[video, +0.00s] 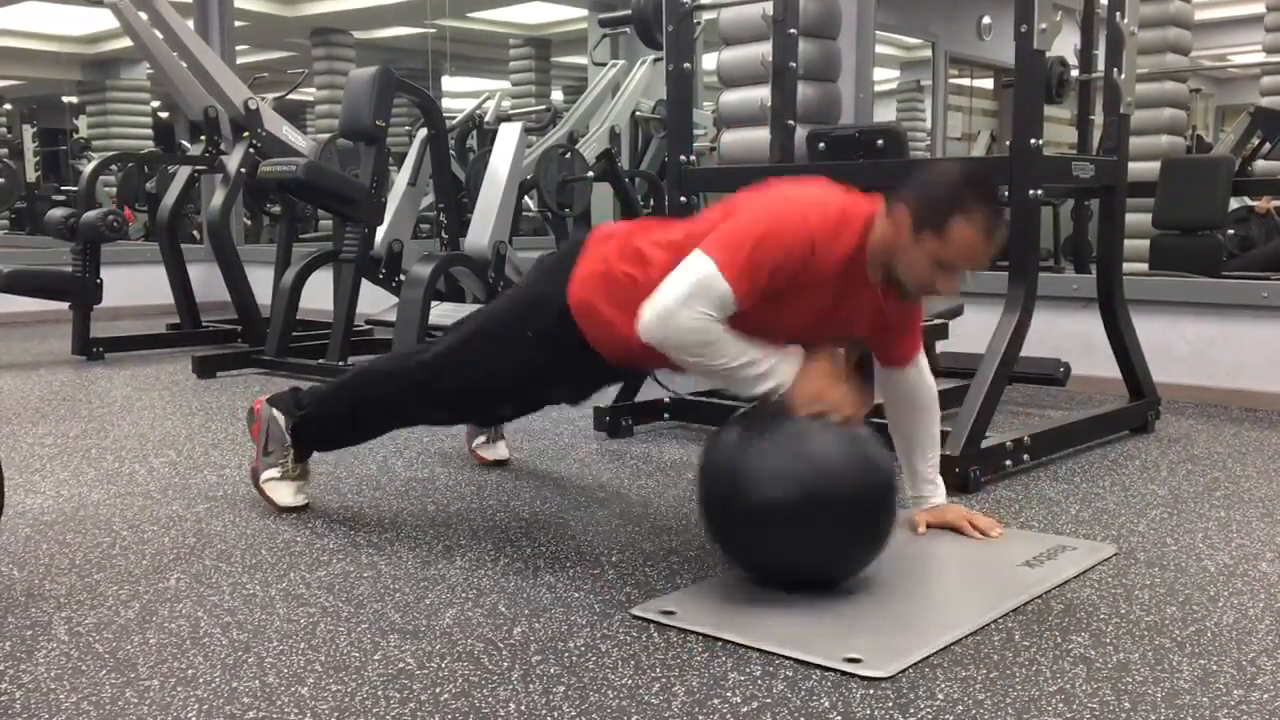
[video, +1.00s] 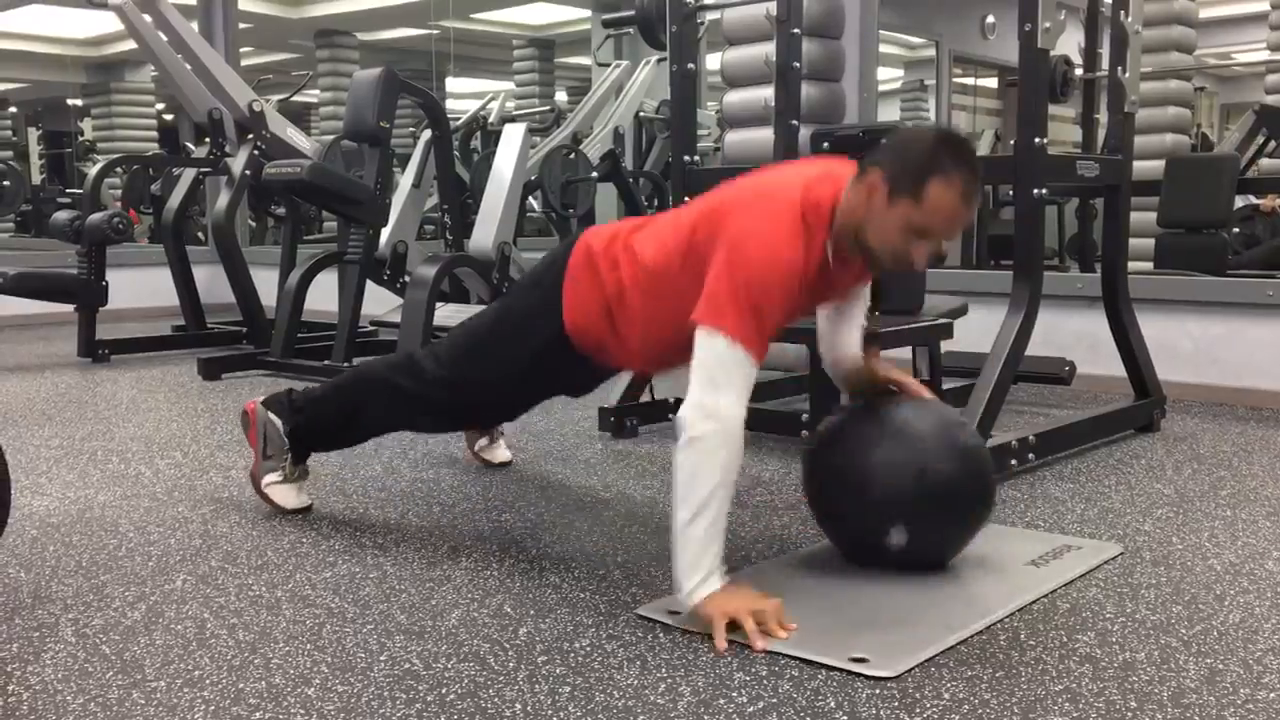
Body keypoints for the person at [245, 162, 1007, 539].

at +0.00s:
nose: (949, 287)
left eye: (963, 275)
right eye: (946, 265)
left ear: (947, 254)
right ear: (900, 220)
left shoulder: (894, 288)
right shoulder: (798, 222)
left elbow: (910, 384)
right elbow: (666, 323)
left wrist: (928, 493)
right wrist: (787, 374)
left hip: (634, 339)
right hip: (588, 292)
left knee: (524, 387)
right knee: (446, 375)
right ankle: (289, 420)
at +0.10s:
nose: (924, 239)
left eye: (939, 227)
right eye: (922, 216)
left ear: (929, 208)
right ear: (877, 170)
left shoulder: (884, 231)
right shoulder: (778, 189)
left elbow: (911, 343)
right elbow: (672, 315)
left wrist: (943, 438)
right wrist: (792, 343)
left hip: (630, 318)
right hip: (576, 283)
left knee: (531, 380)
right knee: (435, 377)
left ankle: (483, 415)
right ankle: (283, 422)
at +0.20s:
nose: (915, 259)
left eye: (930, 249)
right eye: (911, 238)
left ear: (906, 201)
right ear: (870, 190)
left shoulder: (872, 196)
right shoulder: (771, 216)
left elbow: (894, 266)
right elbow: (654, 334)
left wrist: (913, 347)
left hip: (620, 322)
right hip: (564, 311)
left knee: (517, 382)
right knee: (435, 390)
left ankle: (470, 415)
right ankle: (285, 424)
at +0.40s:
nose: (939, 477)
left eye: (956, 467)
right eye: (937, 461)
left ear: (929, 386)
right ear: (898, 411)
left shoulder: (890, 333)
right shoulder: (794, 398)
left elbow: (878, 288)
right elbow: (647, 453)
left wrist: (866, 374)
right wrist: (685, 601)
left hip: (635, 343)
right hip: (584, 394)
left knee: (485, 392)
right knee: (437, 433)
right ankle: (286, 425)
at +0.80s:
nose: (943, 428)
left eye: (960, 414)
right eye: (939, 408)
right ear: (890, 367)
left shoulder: (879, 322)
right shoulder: (788, 372)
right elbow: (645, 462)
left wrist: (893, 433)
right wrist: (687, 600)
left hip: (640, 348)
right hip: (589, 386)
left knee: (473, 407)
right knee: (436, 436)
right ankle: (281, 426)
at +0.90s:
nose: (931, 343)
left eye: (945, 330)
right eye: (928, 323)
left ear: (905, 277)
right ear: (880, 279)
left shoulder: (868, 270)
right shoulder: (775, 309)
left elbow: (874, 356)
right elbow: (656, 446)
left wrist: (887, 452)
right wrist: (687, 598)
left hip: (623, 327)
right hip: (574, 335)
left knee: (492, 389)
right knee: (431, 408)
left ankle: (467, 426)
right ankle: (277, 423)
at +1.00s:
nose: (927, 258)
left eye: (941, 244)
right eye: (924, 237)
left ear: (909, 205)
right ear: (874, 189)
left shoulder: (864, 219)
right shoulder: (776, 230)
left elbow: (837, 303)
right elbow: (714, 411)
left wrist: (857, 365)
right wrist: (704, 584)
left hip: (633, 314)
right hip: (585, 291)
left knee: (529, 377)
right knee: (440, 384)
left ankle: (476, 415)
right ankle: (284, 424)